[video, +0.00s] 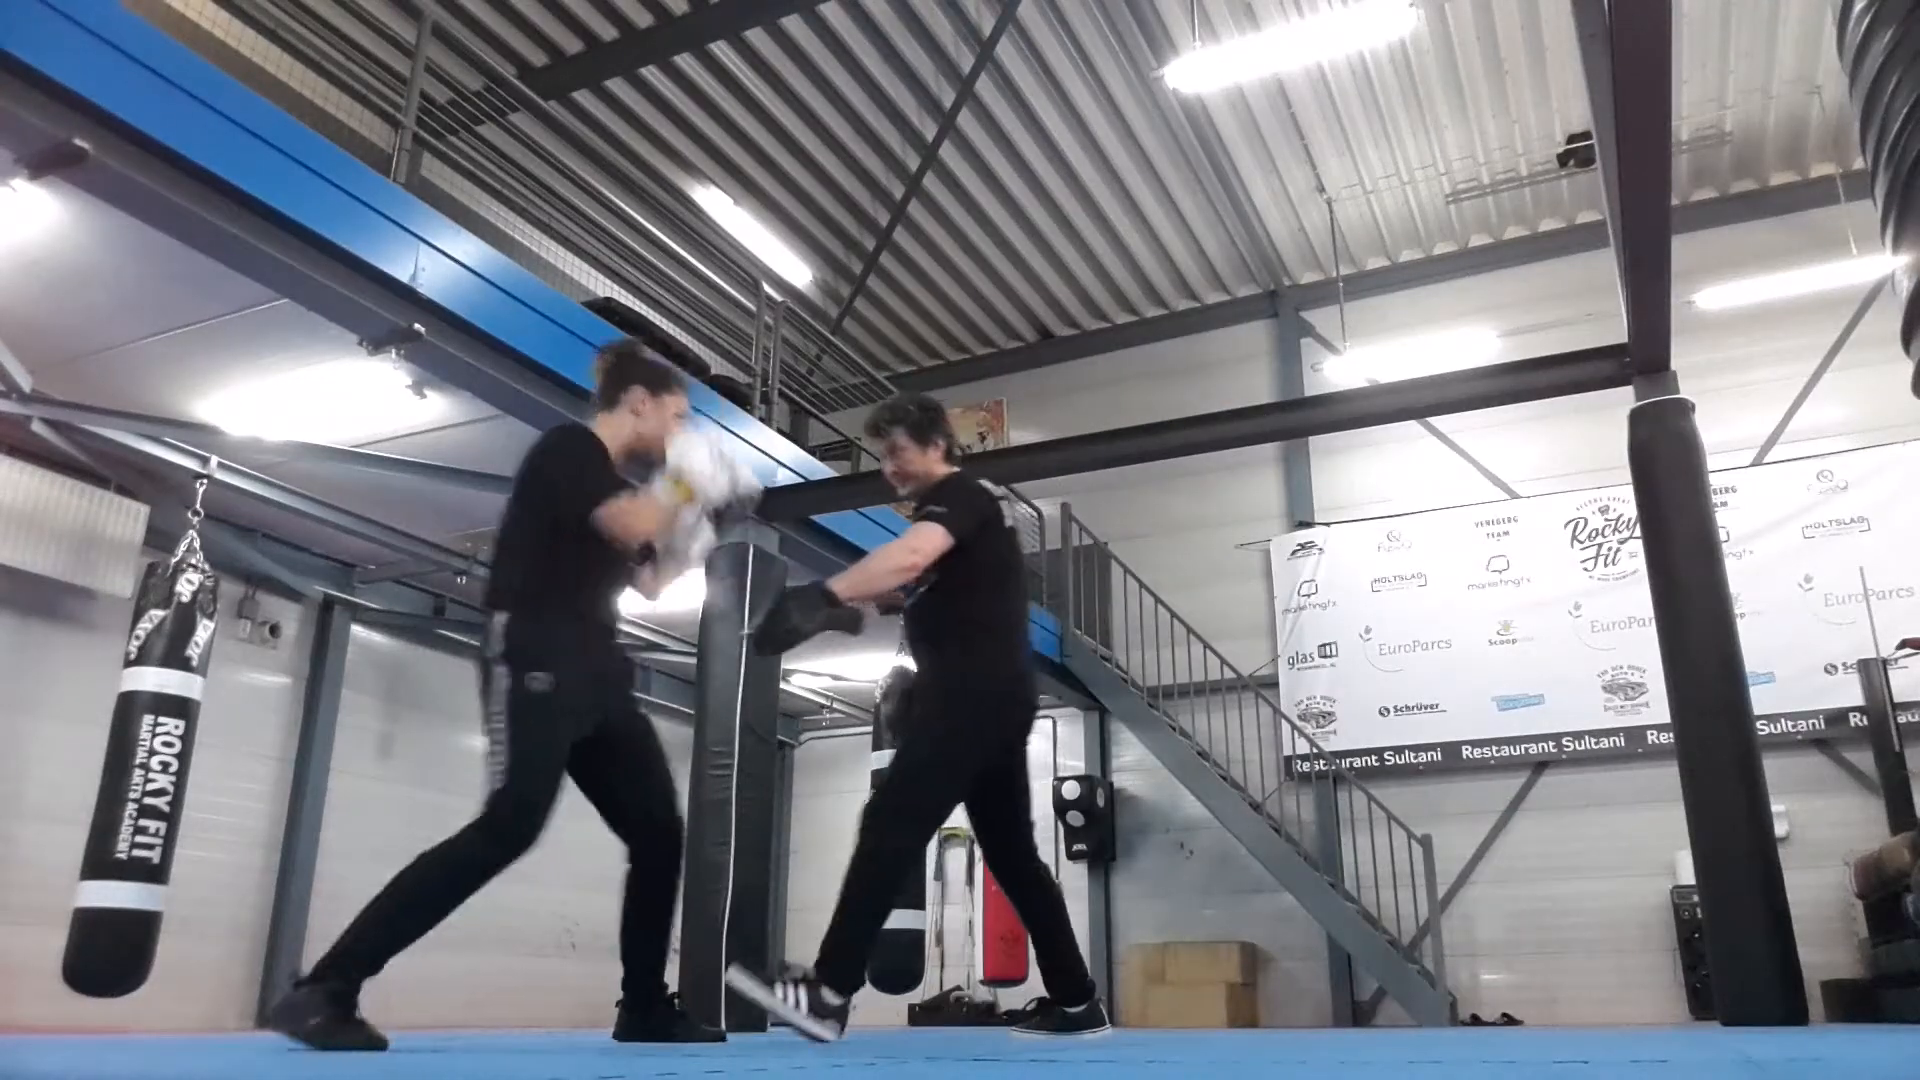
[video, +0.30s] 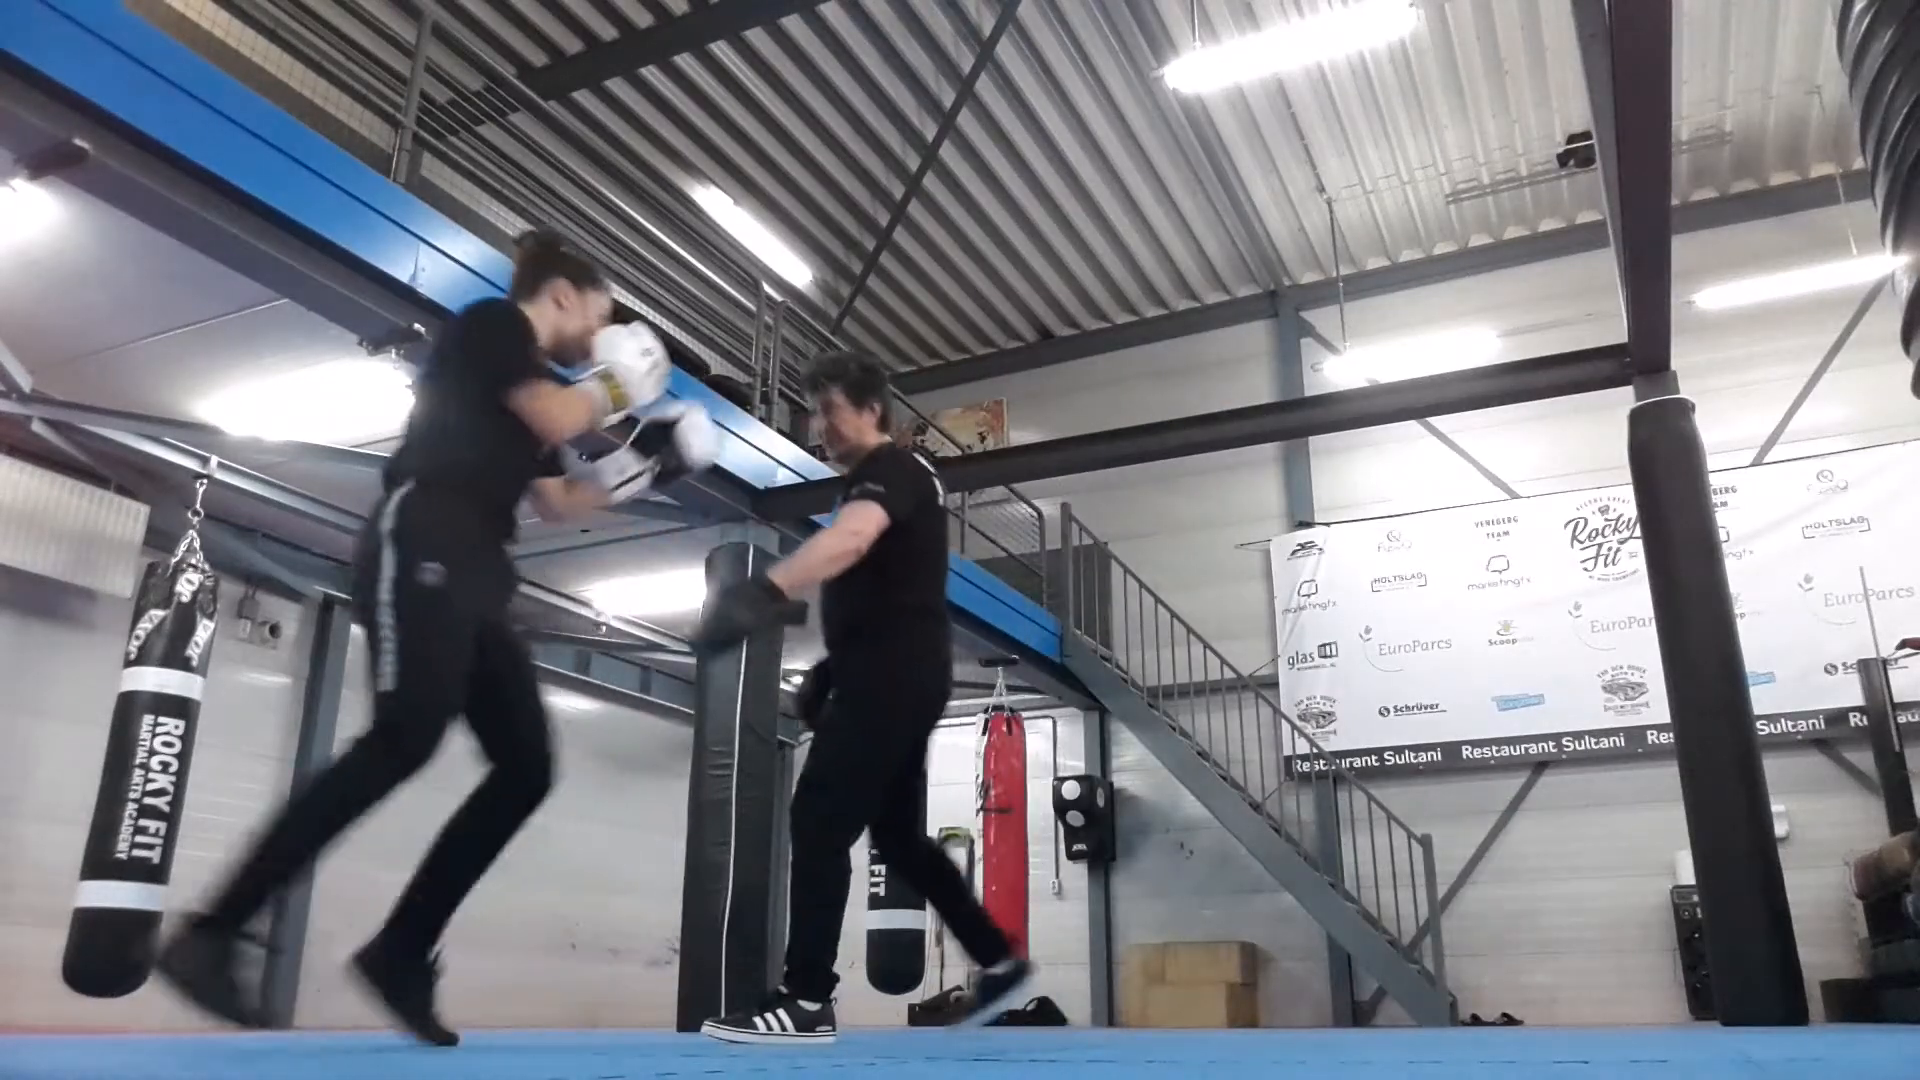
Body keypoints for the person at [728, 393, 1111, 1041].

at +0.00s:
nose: (888, 468)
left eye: (897, 452)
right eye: (883, 456)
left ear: (935, 445)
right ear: (931, 453)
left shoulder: (962, 494)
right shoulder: (959, 511)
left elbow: (911, 556)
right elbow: (911, 587)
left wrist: (819, 595)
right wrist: (852, 606)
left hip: (966, 697)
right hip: (994, 698)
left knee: (890, 830)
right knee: (1012, 855)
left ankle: (829, 991)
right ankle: (1075, 1000)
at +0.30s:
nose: (821, 429)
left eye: (829, 413)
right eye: (817, 416)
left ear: (870, 410)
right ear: (867, 418)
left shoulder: (891, 468)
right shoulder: (894, 475)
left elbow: (849, 541)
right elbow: (896, 597)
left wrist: (764, 590)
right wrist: (836, 669)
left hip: (889, 673)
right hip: (903, 673)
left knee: (819, 819)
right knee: (898, 835)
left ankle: (807, 1001)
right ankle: (999, 961)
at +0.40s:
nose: (810, 421)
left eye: (819, 405)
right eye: (806, 408)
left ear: (861, 400)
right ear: (836, 407)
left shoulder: (882, 459)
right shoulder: (870, 474)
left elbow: (835, 526)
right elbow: (870, 588)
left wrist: (747, 559)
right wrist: (814, 656)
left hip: (881, 667)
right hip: (873, 667)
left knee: (822, 813)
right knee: (855, 821)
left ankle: (808, 1001)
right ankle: (919, 978)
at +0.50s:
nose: (799, 424)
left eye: (809, 408)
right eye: (795, 413)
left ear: (852, 406)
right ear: (813, 415)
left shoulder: (875, 463)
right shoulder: (851, 482)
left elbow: (835, 527)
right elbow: (853, 591)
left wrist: (742, 561)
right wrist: (800, 659)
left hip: (866, 683)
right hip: (856, 684)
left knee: (801, 816)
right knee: (824, 830)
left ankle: (804, 994)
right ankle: (879, 990)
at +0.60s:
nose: (790, 438)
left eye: (800, 423)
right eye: (782, 426)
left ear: (839, 420)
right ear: (780, 430)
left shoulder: (863, 478)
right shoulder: (826, 498)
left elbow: (841, 548)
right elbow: (837, 604)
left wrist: (762, 592)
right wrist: (784, 661)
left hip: (851, 681)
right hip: (839, 683)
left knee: (753, 798)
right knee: (817, 845)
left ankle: (790, 982)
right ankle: (874, 999)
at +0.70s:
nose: (776, 435)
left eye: (786, 420)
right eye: (769, 424)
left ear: (824, 418)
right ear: (767, 429)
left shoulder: (850, 478)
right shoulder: (807, 497)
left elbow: (837, 551)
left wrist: (764, 614)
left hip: (829, 680)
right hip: (818, 683)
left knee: (726, 779)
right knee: (809, 843)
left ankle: (748, 973)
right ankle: (874, 997)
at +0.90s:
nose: (732, 412)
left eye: (745, 397)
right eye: (726, 400)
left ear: (787, 401)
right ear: (726, 406)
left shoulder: (803, 469)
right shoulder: (762, 483)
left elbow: (765, 535)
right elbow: (765, 599)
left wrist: (679, 572)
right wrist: (701, 651)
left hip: (778, 687)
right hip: (766, 687)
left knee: (689, 806)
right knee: (807, 844)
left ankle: (651, 993)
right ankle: (875, 995)